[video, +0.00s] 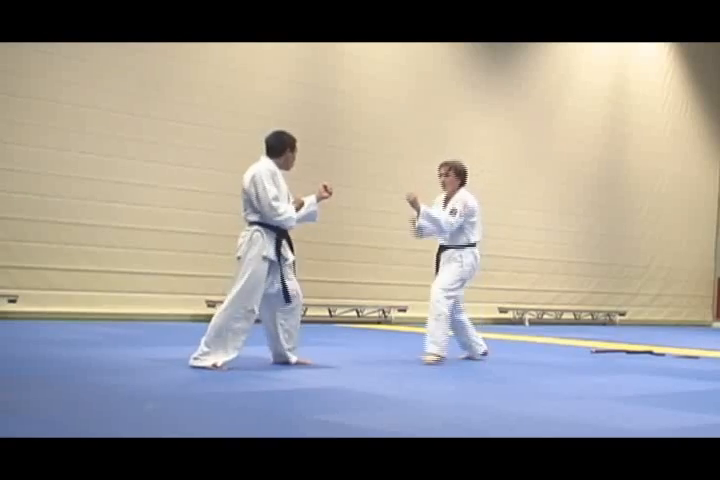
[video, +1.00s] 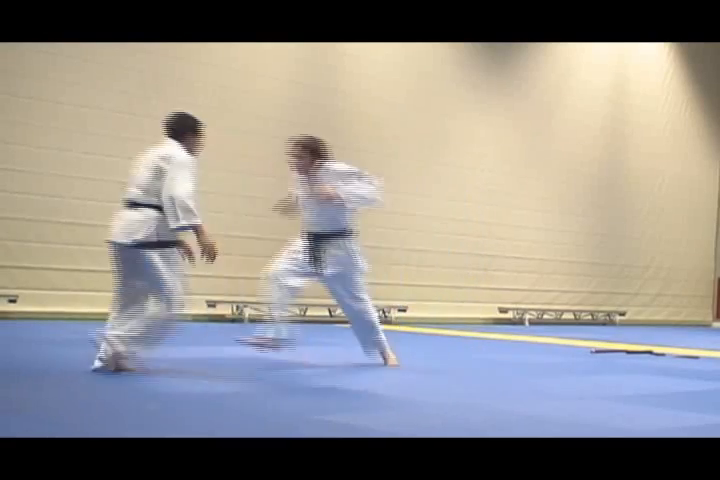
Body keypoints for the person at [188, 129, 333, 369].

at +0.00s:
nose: (295, 158)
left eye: (295, 152)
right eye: (294, 152)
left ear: (277, 152)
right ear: (285, 152)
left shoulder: (276, 175)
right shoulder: (262, 172)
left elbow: (288, 212)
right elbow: (274, 213)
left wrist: (316, 200)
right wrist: (294, 208)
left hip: (276, 241)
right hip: (260, 240)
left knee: (288, 297)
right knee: (242, 299)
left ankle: (285, 354)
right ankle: (206, 355)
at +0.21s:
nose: (301, 160)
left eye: (301, 155)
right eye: (299, 155)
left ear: (280, 154)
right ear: (290, 156)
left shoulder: (277, 174)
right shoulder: (271, 176)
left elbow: (290, 212)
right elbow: (286, 219)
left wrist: (316, 208)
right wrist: (304, 222)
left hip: (277, 243)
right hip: (266, 243)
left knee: (294, 297)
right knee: (252, 304)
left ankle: (289, 353)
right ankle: (207, 353)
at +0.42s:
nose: (311, 192)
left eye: (312, 188)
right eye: (311, 187)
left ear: (290, 178)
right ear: (305, 183)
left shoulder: (274, 190)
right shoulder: (290, 192)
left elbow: (290, 232)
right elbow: (315, 228)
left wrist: (319, 217)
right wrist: (324, 220)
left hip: (245, 249)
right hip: (258, 251)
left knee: (282, 304)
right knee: (303, 303)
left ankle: (291, 354)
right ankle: (259, 345)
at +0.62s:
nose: (301, 197)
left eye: (301, 192)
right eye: (300, 192)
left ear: (275, 184)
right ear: (292, 189)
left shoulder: (255, 195)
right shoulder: (284, 203)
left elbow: (271, 242)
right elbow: (310, 239)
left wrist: (295, 266)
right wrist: (322, 253)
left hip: (216, 248)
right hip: (244, 252)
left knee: (229, 311)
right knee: (288, 301)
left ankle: (193, 336)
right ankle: (290, 360)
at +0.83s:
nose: (242, 155)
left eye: (241, 149)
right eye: (239, 149)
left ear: (214, 146)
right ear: (229, 149)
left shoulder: (194, 166)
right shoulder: (222, 169)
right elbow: (226, 213)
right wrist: (234, 253)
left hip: (171, 236)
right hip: (199, 239)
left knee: (161, 303)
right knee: (233, 297)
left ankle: (112, 349)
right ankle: (261, 351)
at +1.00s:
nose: (201, 141)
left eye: (201, 136)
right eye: (198, 136)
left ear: (174, 134)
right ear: (186, 136)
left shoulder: (156, 152)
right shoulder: (180, 157)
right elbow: (178, 196)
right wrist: (202, 235)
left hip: (124, 233)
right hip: (147, 236)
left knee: (130, 296)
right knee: (172, 303)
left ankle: (109, 354)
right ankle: (123, 343)